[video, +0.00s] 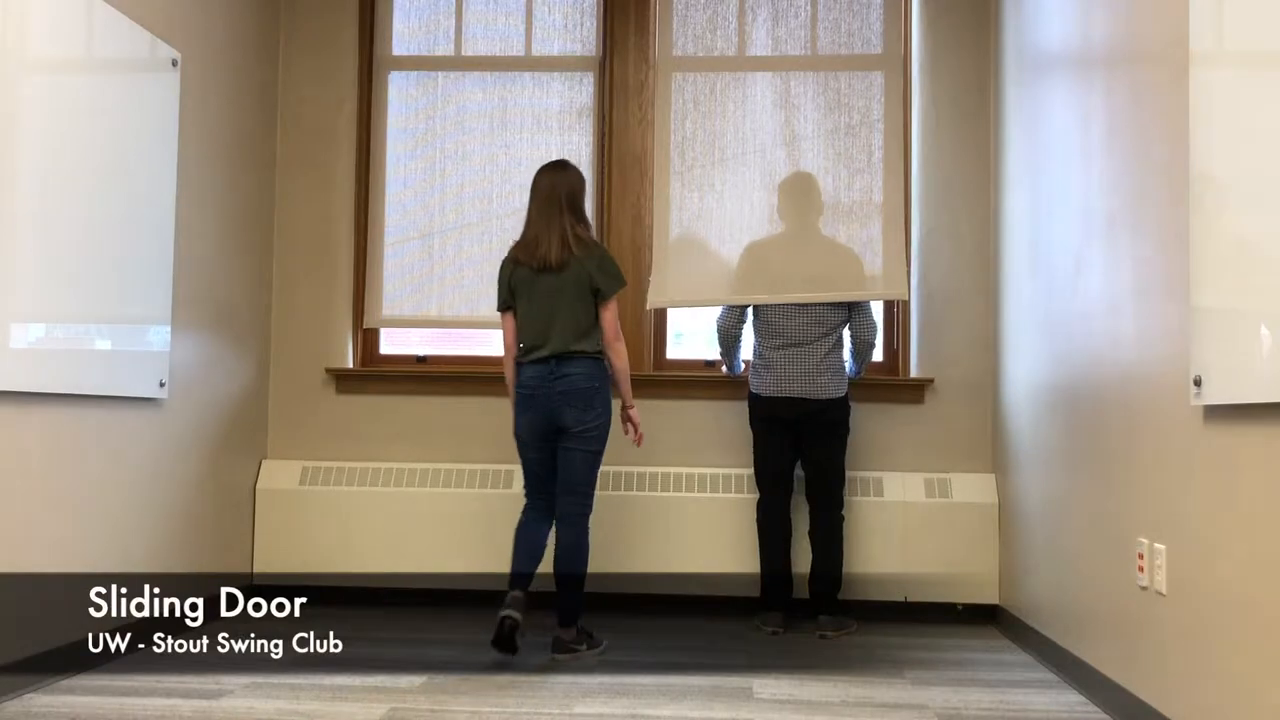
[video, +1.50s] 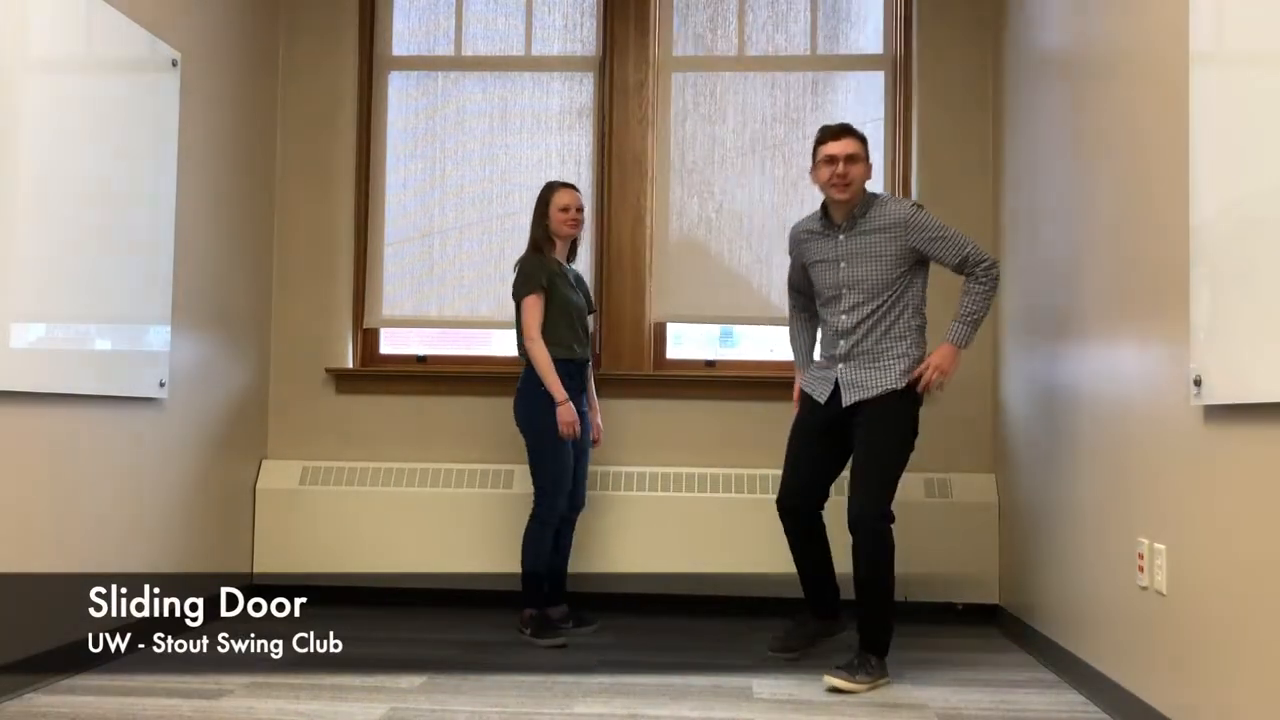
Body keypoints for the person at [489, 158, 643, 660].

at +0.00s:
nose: (584, 205)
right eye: (581, 196)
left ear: (534, 200)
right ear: (579, 201)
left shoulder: (514, 262)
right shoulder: (595, 258)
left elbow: (511, 349)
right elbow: (612, 337)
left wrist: (518, 407)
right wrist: (627, 401)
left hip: (532, 391)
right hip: (586, 389)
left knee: (538, 502)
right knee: (574, 510)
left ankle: (515, 597)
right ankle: (568, 631)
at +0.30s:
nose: (598, 211)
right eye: (594, 203)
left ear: (547, 207)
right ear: (589, 208)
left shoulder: (527, 267)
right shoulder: (601, 263)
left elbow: (523, 349)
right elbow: (615, 340)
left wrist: (531, 399)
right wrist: (622, 399)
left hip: (540, 389)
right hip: (589, 386)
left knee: (549, 501)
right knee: (576, 506)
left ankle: (549, 611)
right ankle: (568, 629)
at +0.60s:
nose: (598, 218)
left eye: (595, 209)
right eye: (595, 211)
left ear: (550, 215)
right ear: (585, 215)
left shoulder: (532, 271)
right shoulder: (593, 272)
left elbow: (527, 346)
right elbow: (604, 342)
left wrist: (535, 395)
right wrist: (622, 404)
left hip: (538, 393)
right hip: (580, 392)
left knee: (547, 502)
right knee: (577, 506)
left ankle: (554, 614)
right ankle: (565, 625)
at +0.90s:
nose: (595, 223)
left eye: (593, 216)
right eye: (589, 216)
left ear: (552, 219)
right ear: (569, 219)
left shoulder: (536, 273)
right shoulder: (576, 272)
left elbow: (537, 347)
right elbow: (583, 345)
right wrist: (606, 408)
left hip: (538, 392)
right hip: (569, 393)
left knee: (551, 502)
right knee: (594, 503)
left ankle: (552, 609)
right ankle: (554, 609)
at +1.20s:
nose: (588, 222)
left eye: (587, 214)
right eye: (579, 215)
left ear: (566, 221)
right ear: (556, 219)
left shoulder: (550, 269)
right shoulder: (552, 271)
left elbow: (562, 344)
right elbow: (562, 345)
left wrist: (587, 402)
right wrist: (591, 404)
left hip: (554, 389)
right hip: (556, 391)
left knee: (558, 498)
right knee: (581, 500)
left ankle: (549, 605)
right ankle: (541, 608)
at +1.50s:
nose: (574, 216)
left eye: (578, 210)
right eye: (565, 209)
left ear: (582, 218)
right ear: (545, 216)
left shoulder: (575, 277)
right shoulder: (534, 267)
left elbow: (581, 350)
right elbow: (531, 338)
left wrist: (591, 404)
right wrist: (560, 399)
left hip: (574, 394)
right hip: (543, 393)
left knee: (571, 502)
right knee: (550, 501)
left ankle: (556, 604)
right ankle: (534, 610)